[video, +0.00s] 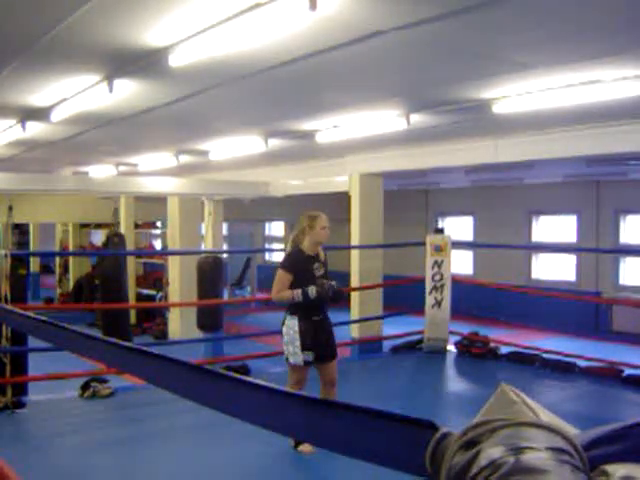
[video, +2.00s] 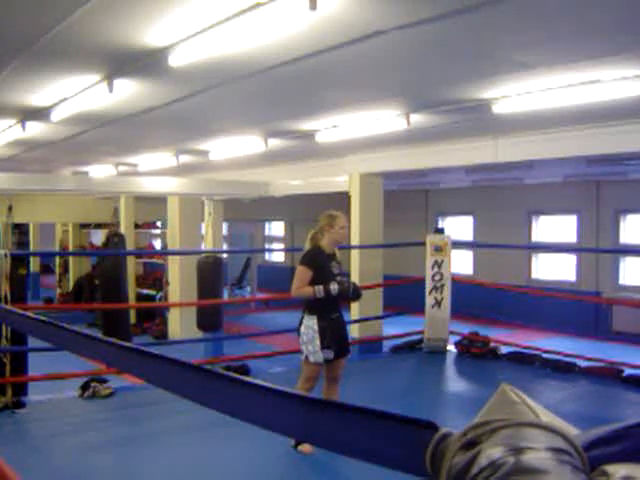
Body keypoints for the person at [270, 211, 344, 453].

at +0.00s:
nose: (327, 233)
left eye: (327, 229)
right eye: (323, 228)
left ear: (321, 231)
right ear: (308, 230)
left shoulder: (321, 256)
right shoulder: (293, 258)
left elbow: (319, 285)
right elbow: (277, 294)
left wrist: (330, 289)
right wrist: (307, 292)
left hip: (320, 318)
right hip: (298, 320)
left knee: (330, 380)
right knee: (297, 380)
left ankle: (326, 431)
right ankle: (297, 434)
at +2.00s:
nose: (346, 234)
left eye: (346, 229)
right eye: (342, 229)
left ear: (336, 230)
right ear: (328, 229)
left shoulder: (334, 258)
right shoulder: (312, 255)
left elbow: (331, 289)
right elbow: (296, 289)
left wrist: (349, 290)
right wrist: (328, 289)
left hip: (334, 317)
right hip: (315, 318)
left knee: (334, 378)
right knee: (309, 379)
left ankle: (329, 429)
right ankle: (299, 431)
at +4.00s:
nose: (347, 233)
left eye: (347, 229)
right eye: (343, 228)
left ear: (338, 230)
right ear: (329, 230)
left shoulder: (336, 258)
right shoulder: (314, 256)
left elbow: (333, 288)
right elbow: (298, 290)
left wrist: (350, 291)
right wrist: (329, 289)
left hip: (335, 318)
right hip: (316, 319)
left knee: (334, 378)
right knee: (309, 379)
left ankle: (329, 428)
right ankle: (299, 431)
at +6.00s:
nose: (355, 233)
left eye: (356, 229)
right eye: (352, 229)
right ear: (339, 230)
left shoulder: (350, 254)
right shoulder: (320, 255)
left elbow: (348, 284)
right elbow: (309, 288)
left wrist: (363, 282)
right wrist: (335, 280)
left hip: (343, 314)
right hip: (321, 314)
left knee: (338, 376)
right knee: (324, 376)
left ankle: (333, 419)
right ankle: (309, 418)